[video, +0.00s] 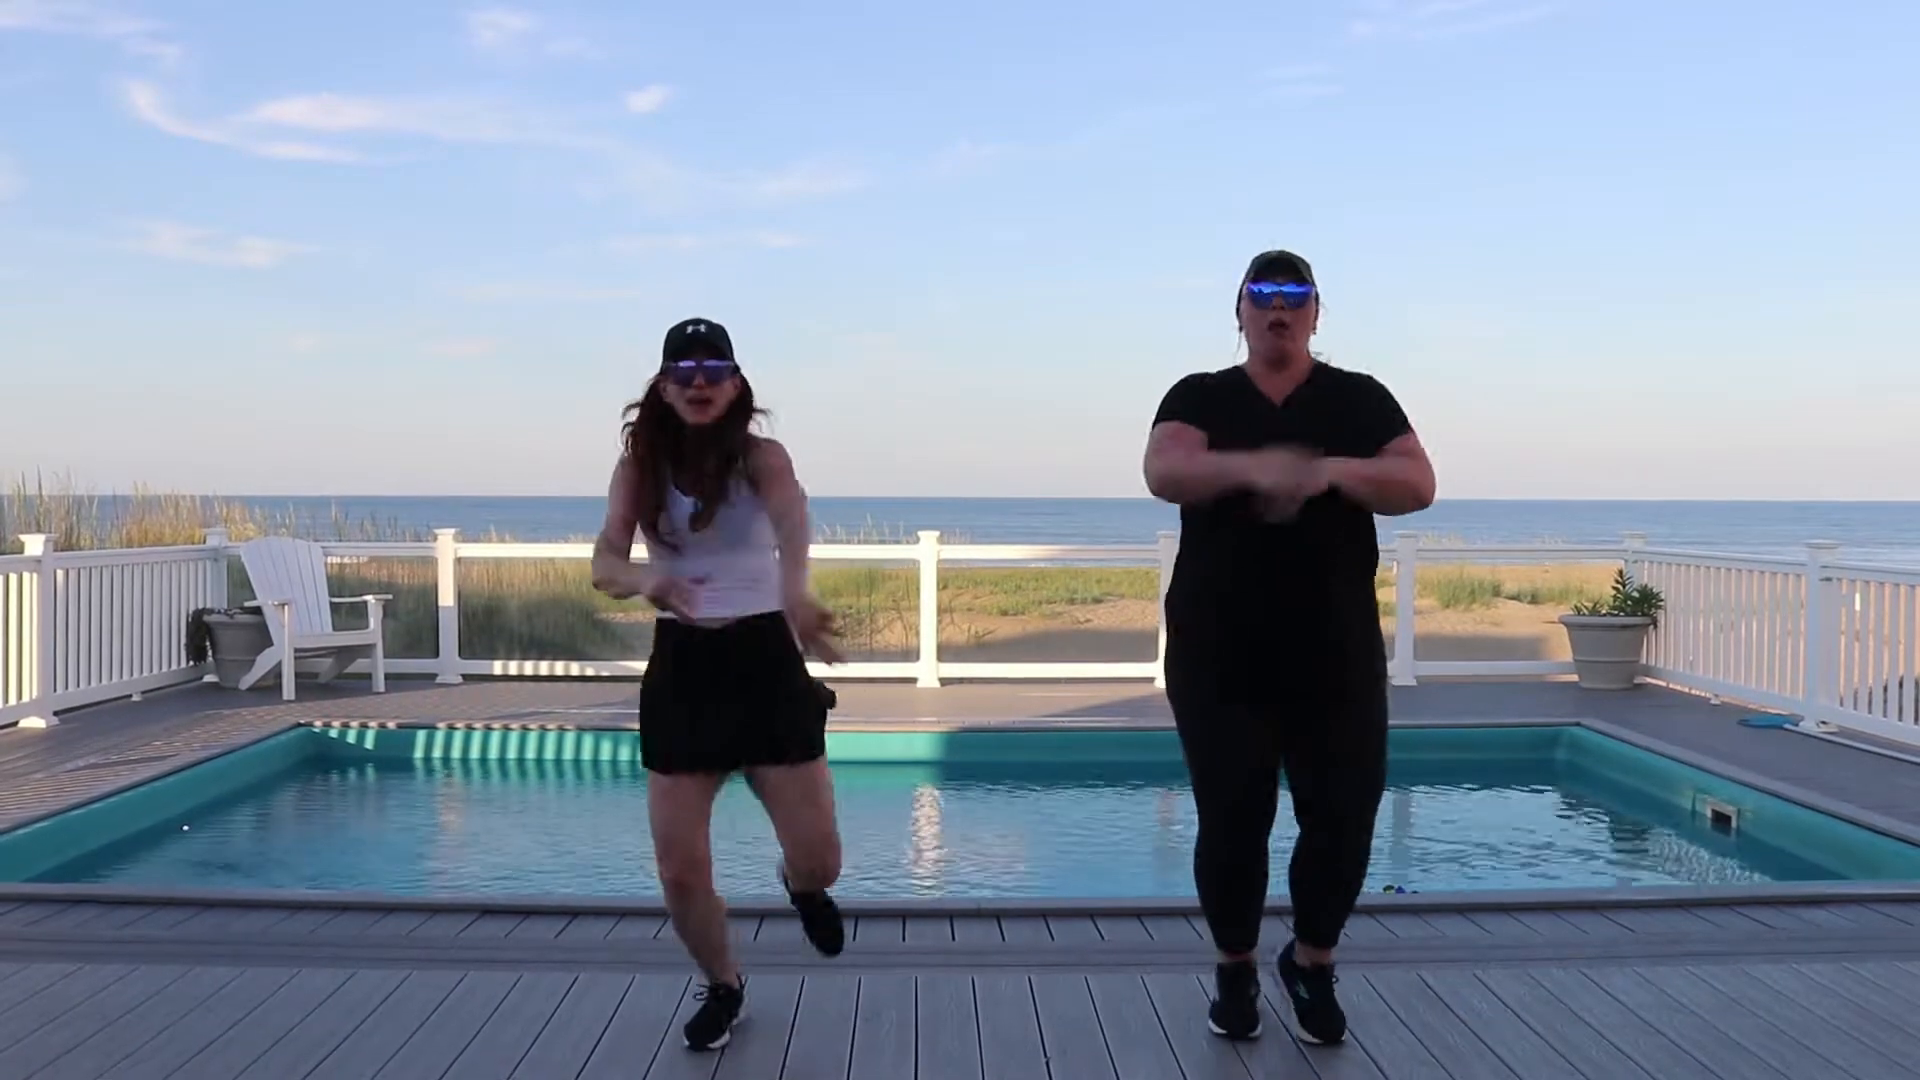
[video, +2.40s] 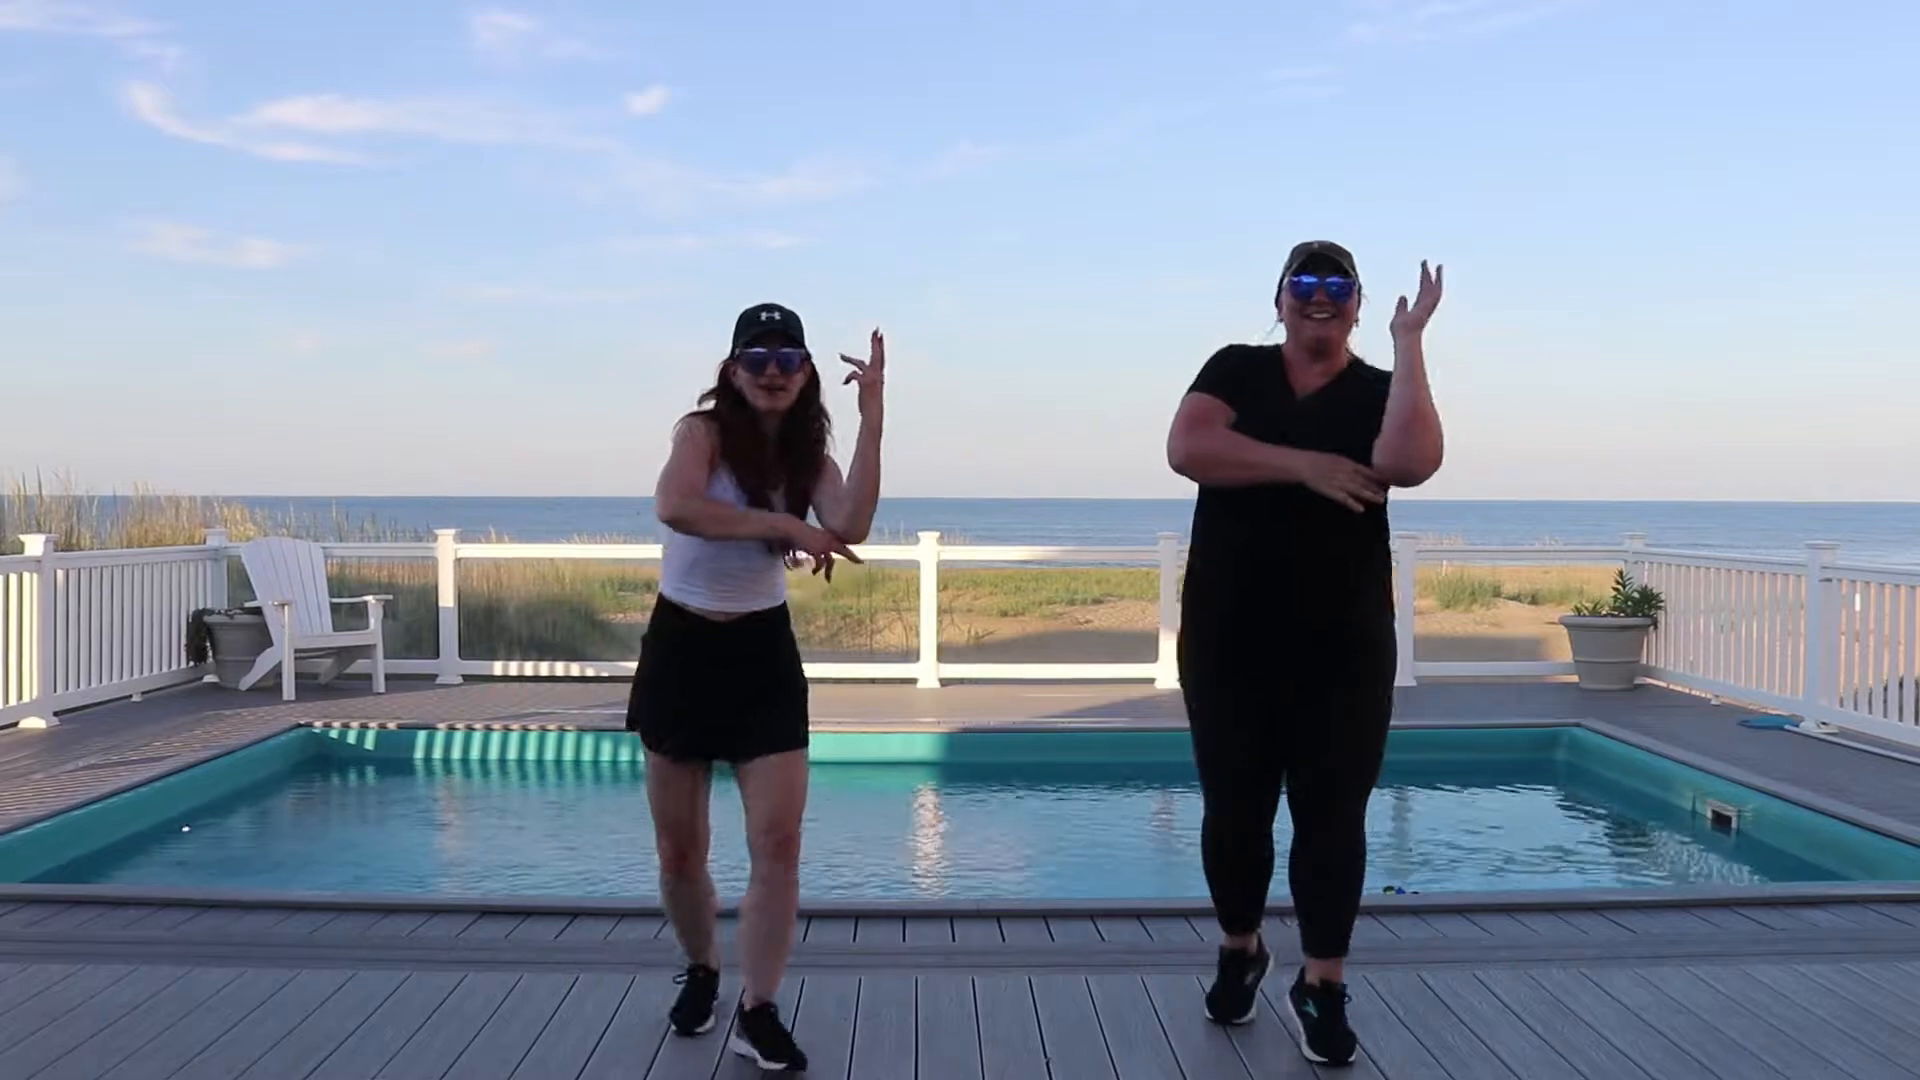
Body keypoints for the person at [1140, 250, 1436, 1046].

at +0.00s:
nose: (1280, 309)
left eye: (1294, 297)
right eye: (1264, 297)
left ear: (1316, 312)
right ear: (1241, 311)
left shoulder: (1359, 398)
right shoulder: (1199, 396)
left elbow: (1418, 483)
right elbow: (1165, 472)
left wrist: (1331, 471)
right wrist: (1252, 467)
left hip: (1337, 650)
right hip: (1221, 653)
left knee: (1344, 816)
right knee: (1232, 818)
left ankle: (1312, 962)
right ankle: (1236, 968)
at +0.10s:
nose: (1283, 323)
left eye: (1296, 313)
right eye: (1268, 311)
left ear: (1314, 329)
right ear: (1240, 325)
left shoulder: (1351, 423)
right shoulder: (1196, 413)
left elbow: (1428, 490)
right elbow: (1160, 500)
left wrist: (1375, 411)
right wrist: (1260, 511)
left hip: (1332, 662)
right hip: (1216, 665)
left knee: (1344, 827)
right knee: (1229, 829)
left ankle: (1357, 1003)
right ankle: (1236, 975)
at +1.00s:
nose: (1305, 324)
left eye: (1318, 313)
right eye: (1289, 313)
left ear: (1337, 328)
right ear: (1261, 327)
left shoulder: (1379, 412)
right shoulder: (1222, 404)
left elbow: (1426, 503)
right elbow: (1198, 481)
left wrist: (1318, 494)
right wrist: (1260, 395)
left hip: (1343, 658)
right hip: (1228, 654)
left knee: (1314, 821)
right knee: (1223, 821)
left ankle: (1294, 972)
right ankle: (1199, 995)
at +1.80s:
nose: (1266, 327)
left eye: (1281, 318)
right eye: (1251, 315)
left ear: (1298, 336)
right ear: (1222, 329)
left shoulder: (1330, 417)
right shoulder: (1179, 415)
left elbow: (1396, 485)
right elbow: (1152, 496)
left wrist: (1344, 390)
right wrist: (1262, 491)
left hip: (1321, 656)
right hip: (1204, 662)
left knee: (1350, 819)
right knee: (1220, 828)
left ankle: (1334, 987)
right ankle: (1226, 975)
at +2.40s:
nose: (1317, 297)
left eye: (1334, 288)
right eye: (1304, 286)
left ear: (1356, 309)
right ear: (1280, 302)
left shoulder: (1382, 394)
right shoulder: (1235, 370)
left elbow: (1410, 463)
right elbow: (1188, 446)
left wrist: (1409, 342)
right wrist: (1303, 464)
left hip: (1345, 647)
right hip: (1231, 643)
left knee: (1333, 819)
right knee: (1233, 814)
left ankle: (1323, 983)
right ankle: (1239, 950)